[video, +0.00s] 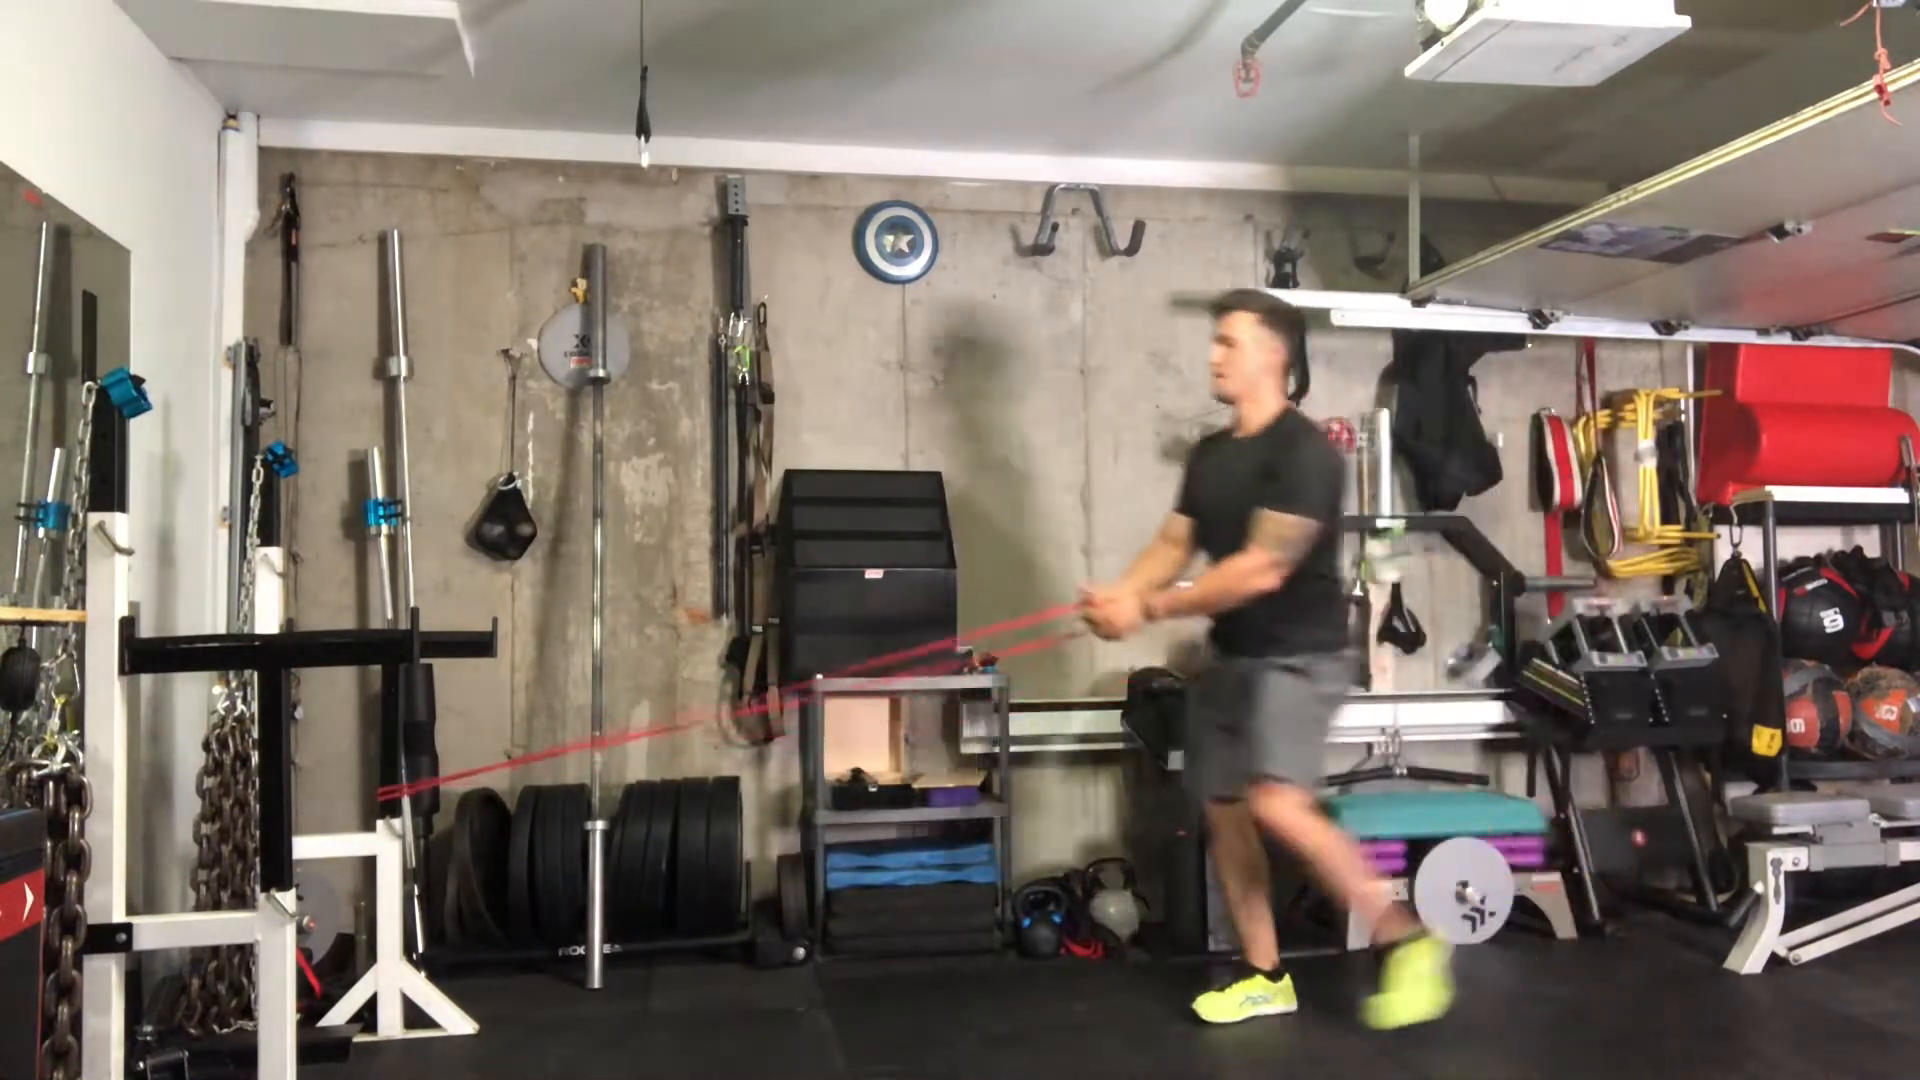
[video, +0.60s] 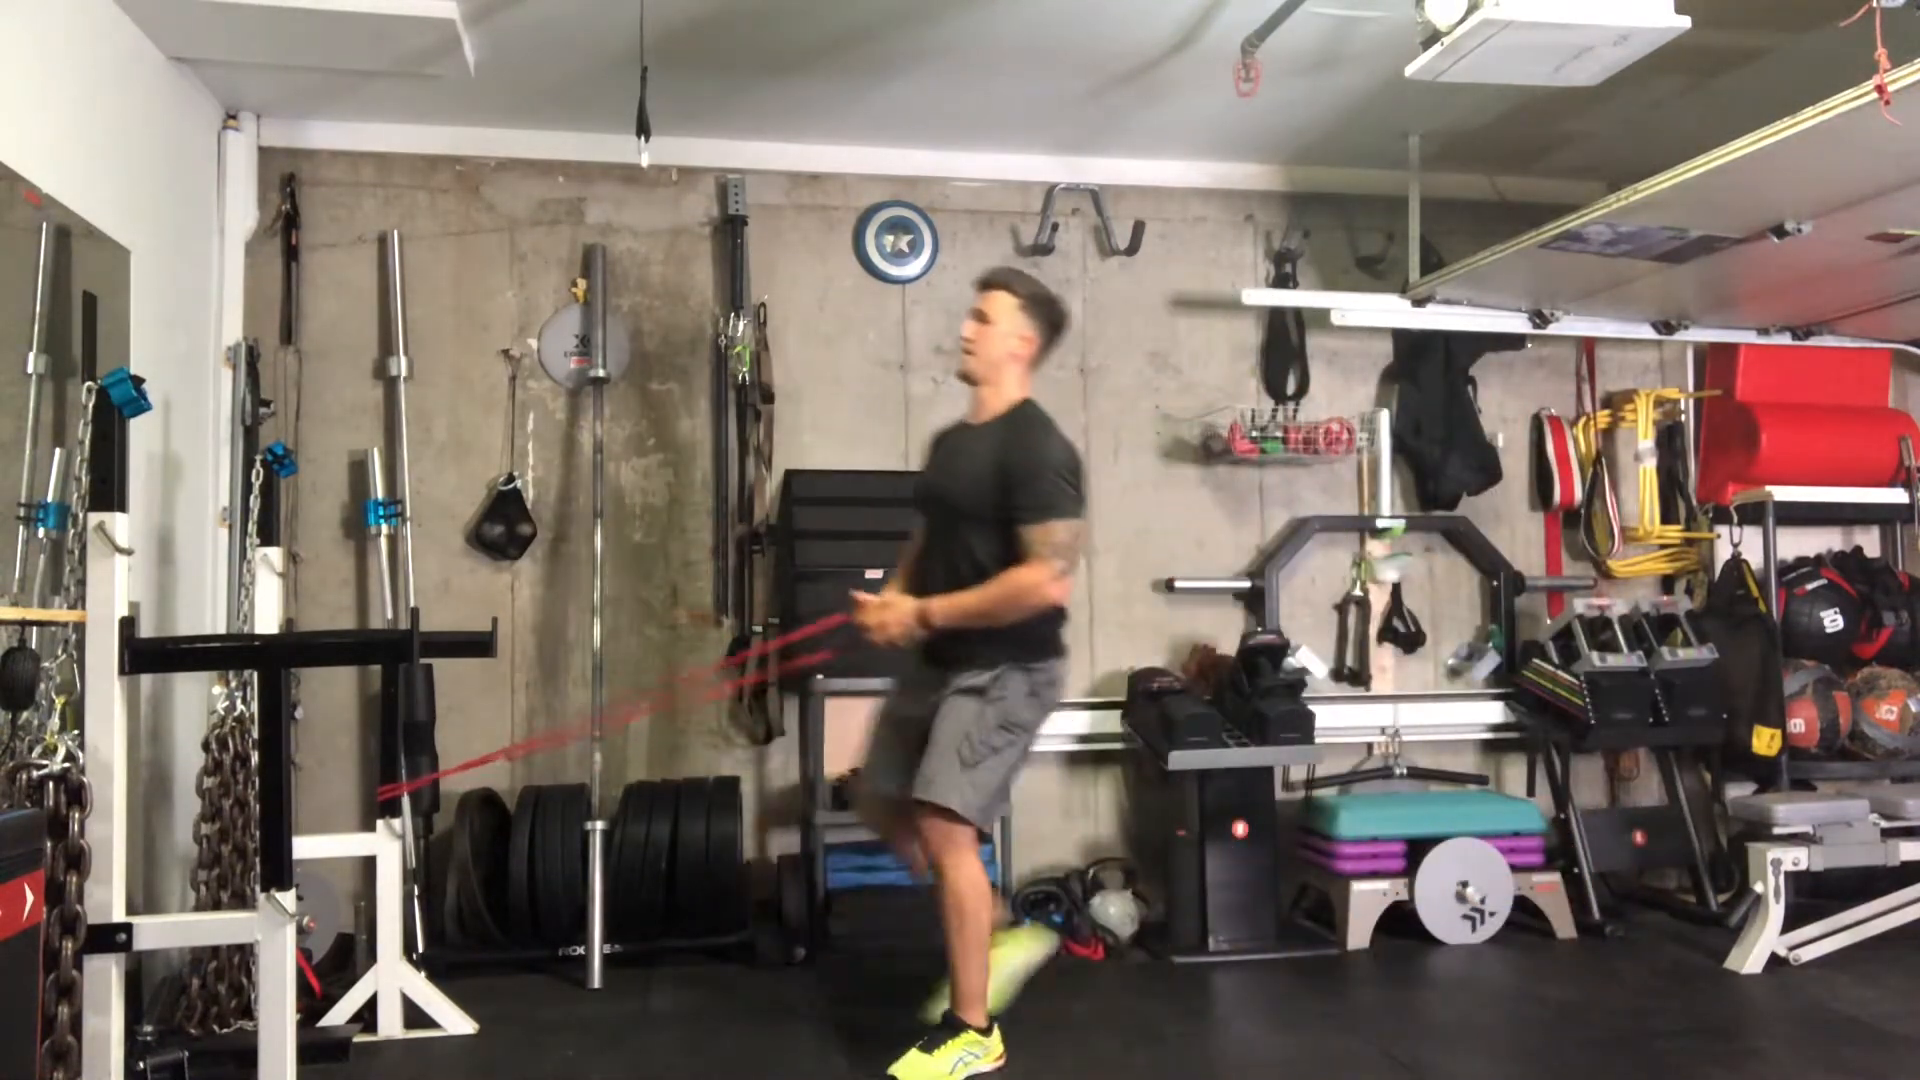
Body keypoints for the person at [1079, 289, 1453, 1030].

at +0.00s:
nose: (1213, 356)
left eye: (1228, 344)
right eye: (1215, 343)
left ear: (1276, 359)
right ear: (1239, 361)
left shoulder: (1307, 452)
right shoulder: (1212, 454)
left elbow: (1262, 568)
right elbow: (1173, 545)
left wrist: (1155, 605)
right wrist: (1124, 597)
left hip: (1299, 657)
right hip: (1231, 655)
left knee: (1277, 801)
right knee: (1226, 810)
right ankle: (1265, 974)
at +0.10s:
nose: (1175, 354)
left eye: (1191, 340)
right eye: (1176, 340)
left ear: (1238, 354)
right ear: (1192, 355)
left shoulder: (1265, 448)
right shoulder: (1175, 451)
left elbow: (1225, 566)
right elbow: (1138, 541)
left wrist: (1112, 602)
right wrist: (1087, 592)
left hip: (1257, 655)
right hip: (1198, 655)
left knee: (1199, 786)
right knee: (1211, 806)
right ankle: (1247, 982)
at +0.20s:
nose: (1137, 358)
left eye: (1153, 345)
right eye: (1139, 344)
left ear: (1199, 359)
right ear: (1155, 357)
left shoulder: (1222, 454)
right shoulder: (1136, 457)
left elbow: (1191, 575)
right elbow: (1099, 545)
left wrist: (1078, 610)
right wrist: (1046, 602)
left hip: (1210, 660)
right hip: (1157, 660)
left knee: (1147, 808)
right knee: (1199, 816)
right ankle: (1267, 975)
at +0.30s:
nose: (1097, 365)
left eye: (1113, 354)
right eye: (1098, 352)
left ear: (1159, 369)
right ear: (1112, 367)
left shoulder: (1177, 465)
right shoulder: (1091, 469)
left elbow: (1157, 593)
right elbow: (1057, 563)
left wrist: (1041, 628)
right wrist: (1007, 618)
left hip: (1152, 685)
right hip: (1106, 685)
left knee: (1073, 827)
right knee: (1156, 821)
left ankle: (997, 1016)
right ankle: (1260, 961)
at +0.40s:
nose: (1051, 359)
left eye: (1069, 349)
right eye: (1055, 346)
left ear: (1116, 369)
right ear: (1083, 370)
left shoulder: (1124, 473)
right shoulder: (1044, 468)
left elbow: (1117, 606)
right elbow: (1009, 569)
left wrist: (1002, 642)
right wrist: (975, 624)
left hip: (1084, 685)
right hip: (1036, 679)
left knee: (995, 822)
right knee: (1073, 829)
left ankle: (974, 1027)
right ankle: (1218, 930)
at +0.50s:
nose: (1007, 344)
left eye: (1026, 335)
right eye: (1012, 331)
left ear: (1071, 358)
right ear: (1037, 355)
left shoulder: (1078, 462)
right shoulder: (994, 456)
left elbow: (1080, 594)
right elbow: (974, 561)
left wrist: (963, 634)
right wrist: (934, 616)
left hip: (1044, 674)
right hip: (989, 669)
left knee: (957, 824)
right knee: (969, 826)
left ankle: (972, 1031)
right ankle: (1114, 911)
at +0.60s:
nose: (965, 330)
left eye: (983, 321)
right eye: (970, 317)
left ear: (1027, 347)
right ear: (988, 339)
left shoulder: (1040, 446)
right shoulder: (951, 443)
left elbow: (1050, 580)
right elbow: (929, 542)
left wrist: (926, 613)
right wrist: (891, 596)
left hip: (1005, 666)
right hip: (936, 658)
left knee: (947, 823)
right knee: (884, 803)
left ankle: (971, 1031)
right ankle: (1002, 935)